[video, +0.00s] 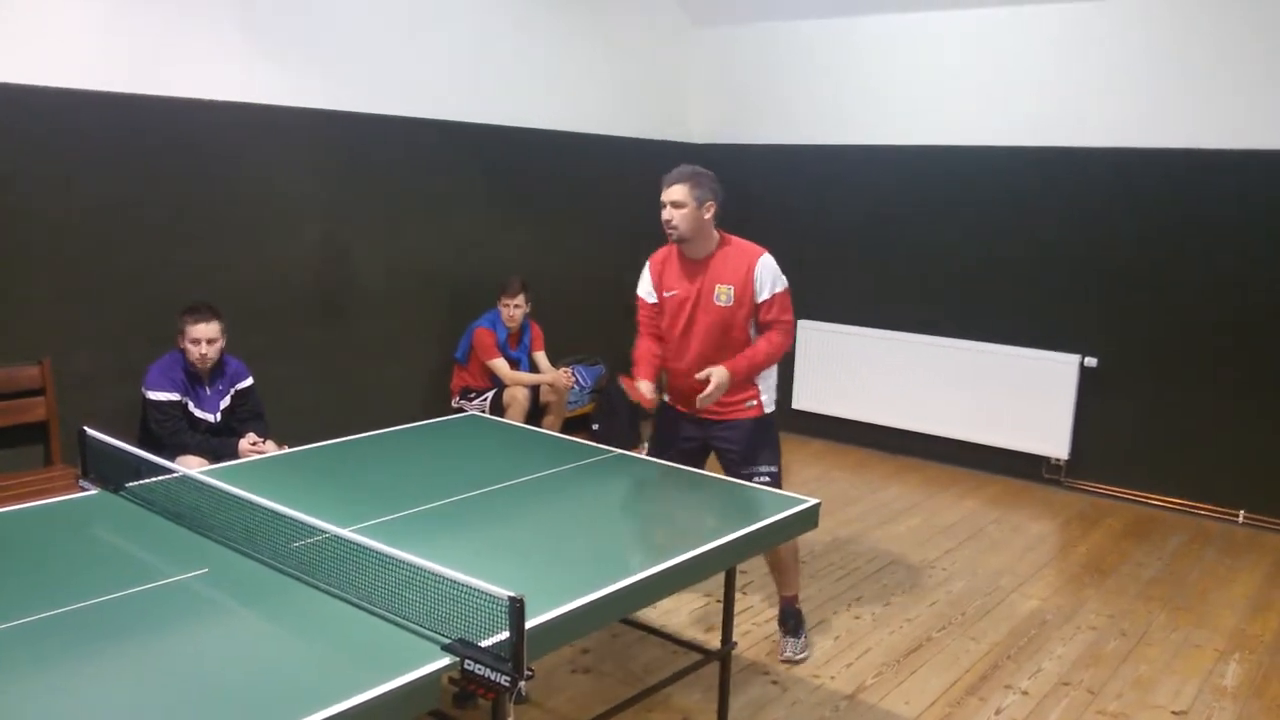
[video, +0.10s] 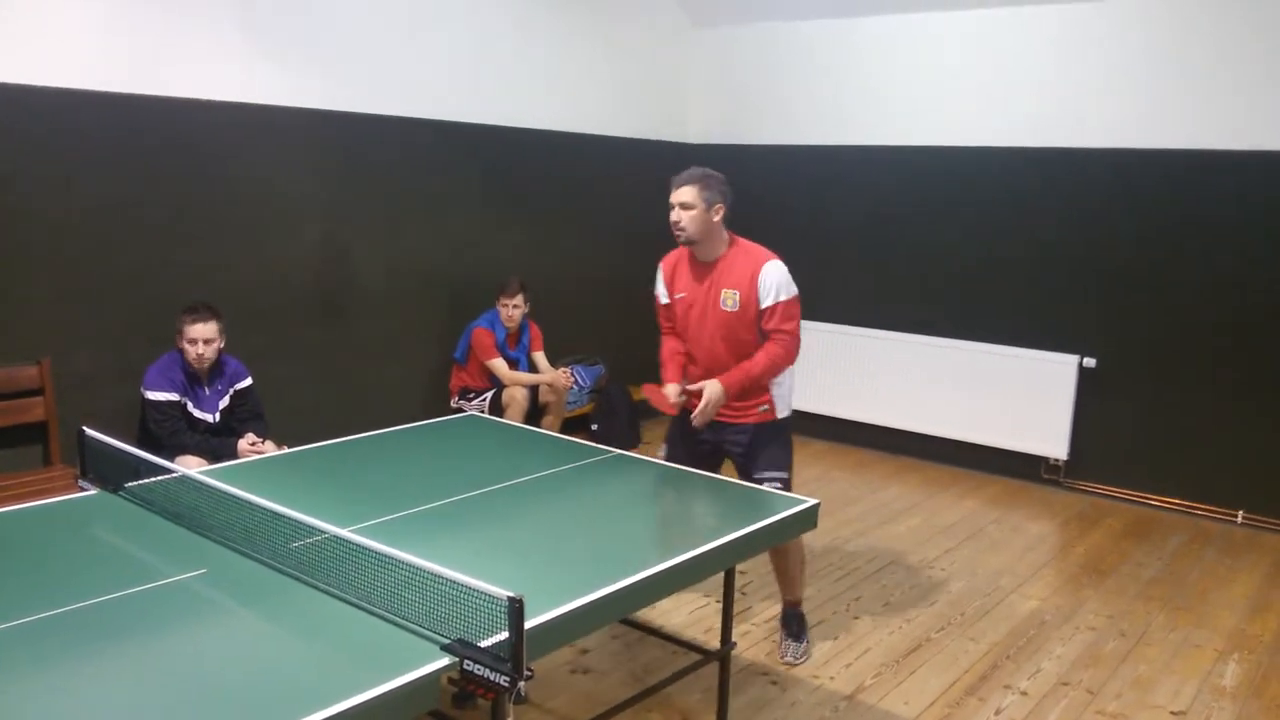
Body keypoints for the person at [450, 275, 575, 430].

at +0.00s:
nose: (511, 313)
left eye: (517, 307)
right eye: (506, 306)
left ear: (527, 308)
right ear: (498, 306)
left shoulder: (532, 330)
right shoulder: (483, 331)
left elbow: (546, 368)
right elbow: (508, 378)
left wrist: (560, 377)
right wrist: (550, 379)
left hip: (505, 390)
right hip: (470, 397)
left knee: (558, 393)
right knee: (519, 395)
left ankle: (545, 453)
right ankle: (508, 453)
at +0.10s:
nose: (509, 313)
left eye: (516, 307)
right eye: (504, 306)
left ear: (526, 308)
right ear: (497, 306)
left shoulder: (530, 330)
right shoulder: (482, 331)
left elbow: (545, 368)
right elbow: (506, 378)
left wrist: (559, 377)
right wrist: (550, 379)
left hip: (504, 391)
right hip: (469, 397)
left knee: (557, 392)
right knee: (518, 395)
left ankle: (546, 453)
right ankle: (508, 452)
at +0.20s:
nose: (511, 312)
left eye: (517, 306)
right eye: (506, 306)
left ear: (527, 308)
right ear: (498, 306)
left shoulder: (532, 330)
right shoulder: (483, 331)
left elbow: (546, 368)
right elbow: (508, 378)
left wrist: (560, 377)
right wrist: (551, 378)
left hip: (506, 390)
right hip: (470, 397)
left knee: (558, 392)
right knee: (520, 394)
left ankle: (545, 453)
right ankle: (508, 453)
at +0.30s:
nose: (509, 313)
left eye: (516, 307)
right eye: (504, 306)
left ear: (526, 308)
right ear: (497, 306)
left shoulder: (530, 330)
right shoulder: (481, 331)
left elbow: (545, 369)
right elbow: (506, 378)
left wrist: (559, 378)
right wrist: (549, 379)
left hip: (504, 390)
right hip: (469, 397)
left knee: (557, 393)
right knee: (518, 395)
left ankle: (543, 454)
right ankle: (505, 452)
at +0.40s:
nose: (511, 313)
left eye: (518, 307)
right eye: (506, 306)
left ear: (528, 308)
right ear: (499, 306)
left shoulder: (532, 329)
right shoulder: (482, 331)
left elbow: (546, 369)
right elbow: (507, 378)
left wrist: (560, 377)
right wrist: (552, 379)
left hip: (505, 391)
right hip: (469, 398)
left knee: (558, 393)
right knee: (520, 395)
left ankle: (546, 452)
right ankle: (509, 452)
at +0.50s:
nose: (513, 311)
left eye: (520, 305)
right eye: (508, 305)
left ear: (529, 307)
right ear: (500, 304)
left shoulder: (533, 328)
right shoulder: (483, 330)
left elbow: (547, 368)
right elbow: (508, 377)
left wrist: (561, 376)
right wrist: (553, 377)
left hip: (505, 390)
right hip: (470, 397)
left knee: (559, 391)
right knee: (521, 394)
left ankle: (546, 451)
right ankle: (509, 451)